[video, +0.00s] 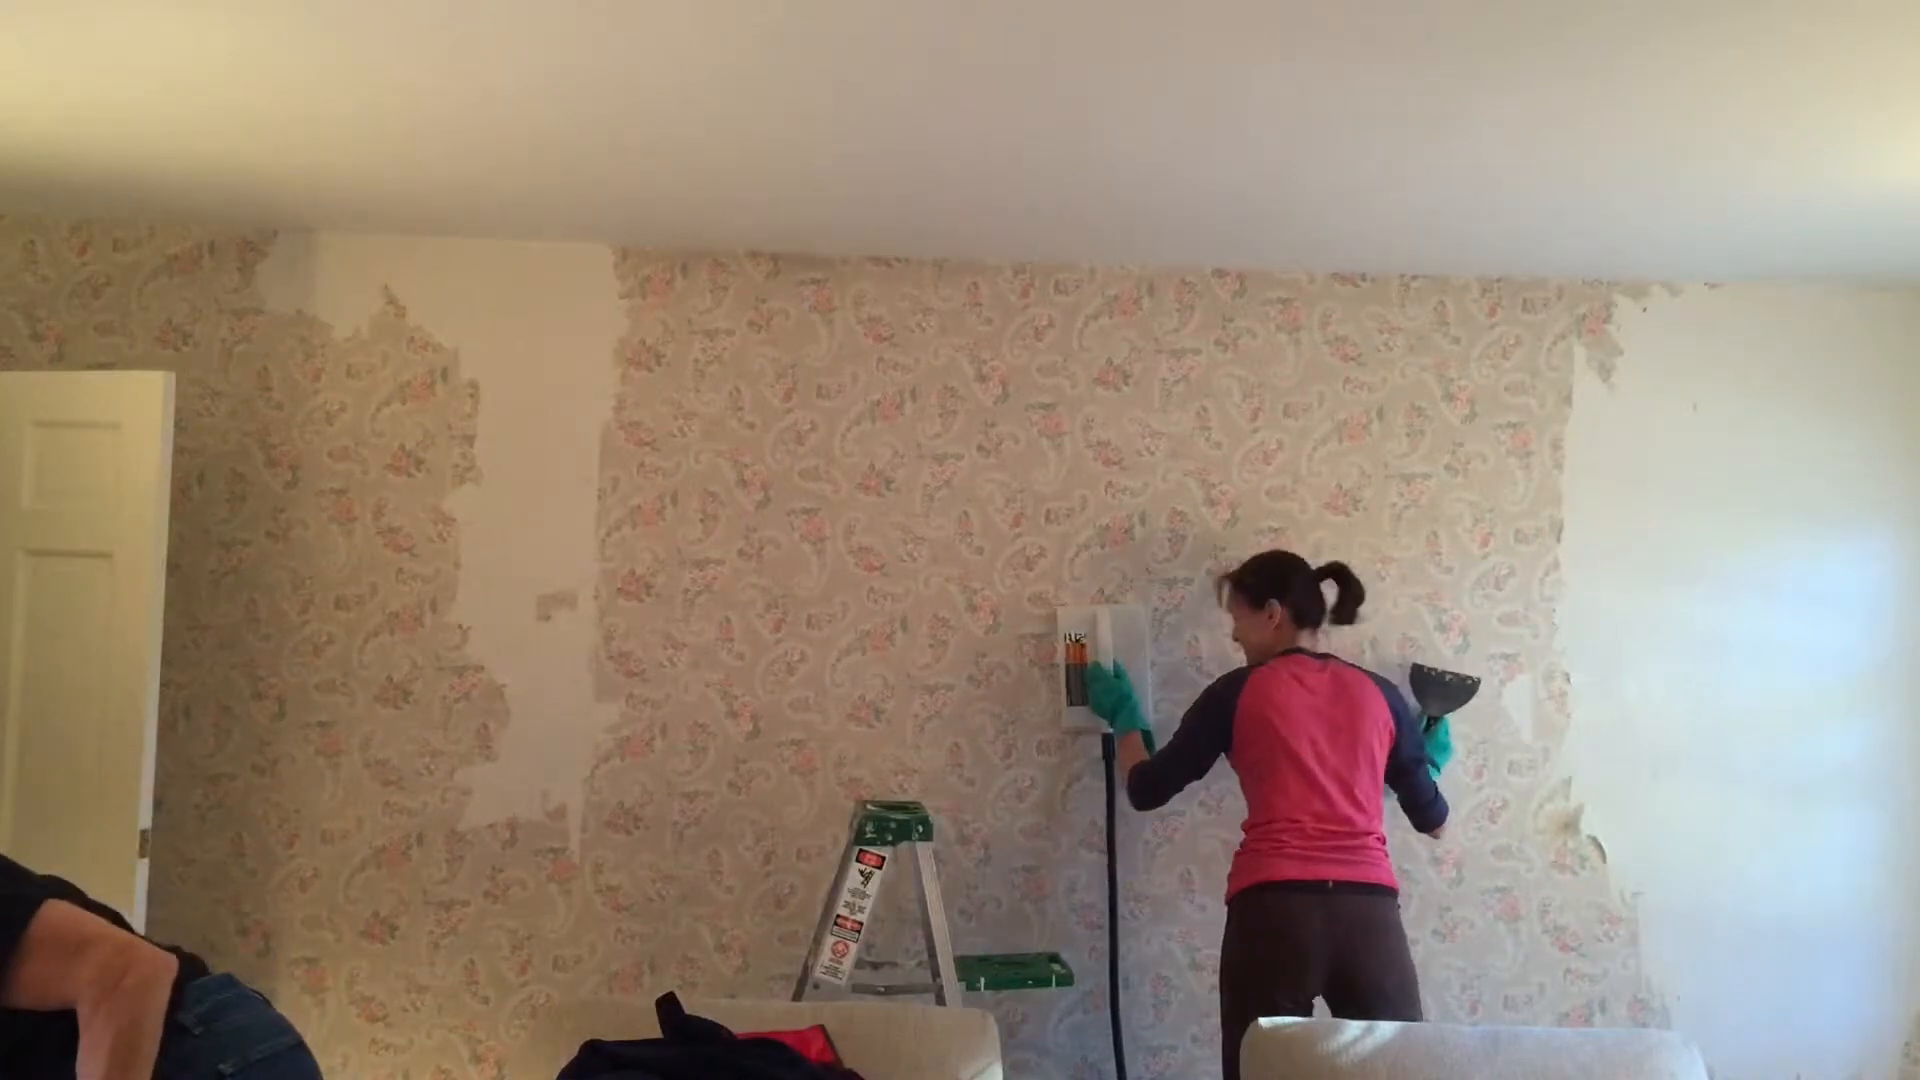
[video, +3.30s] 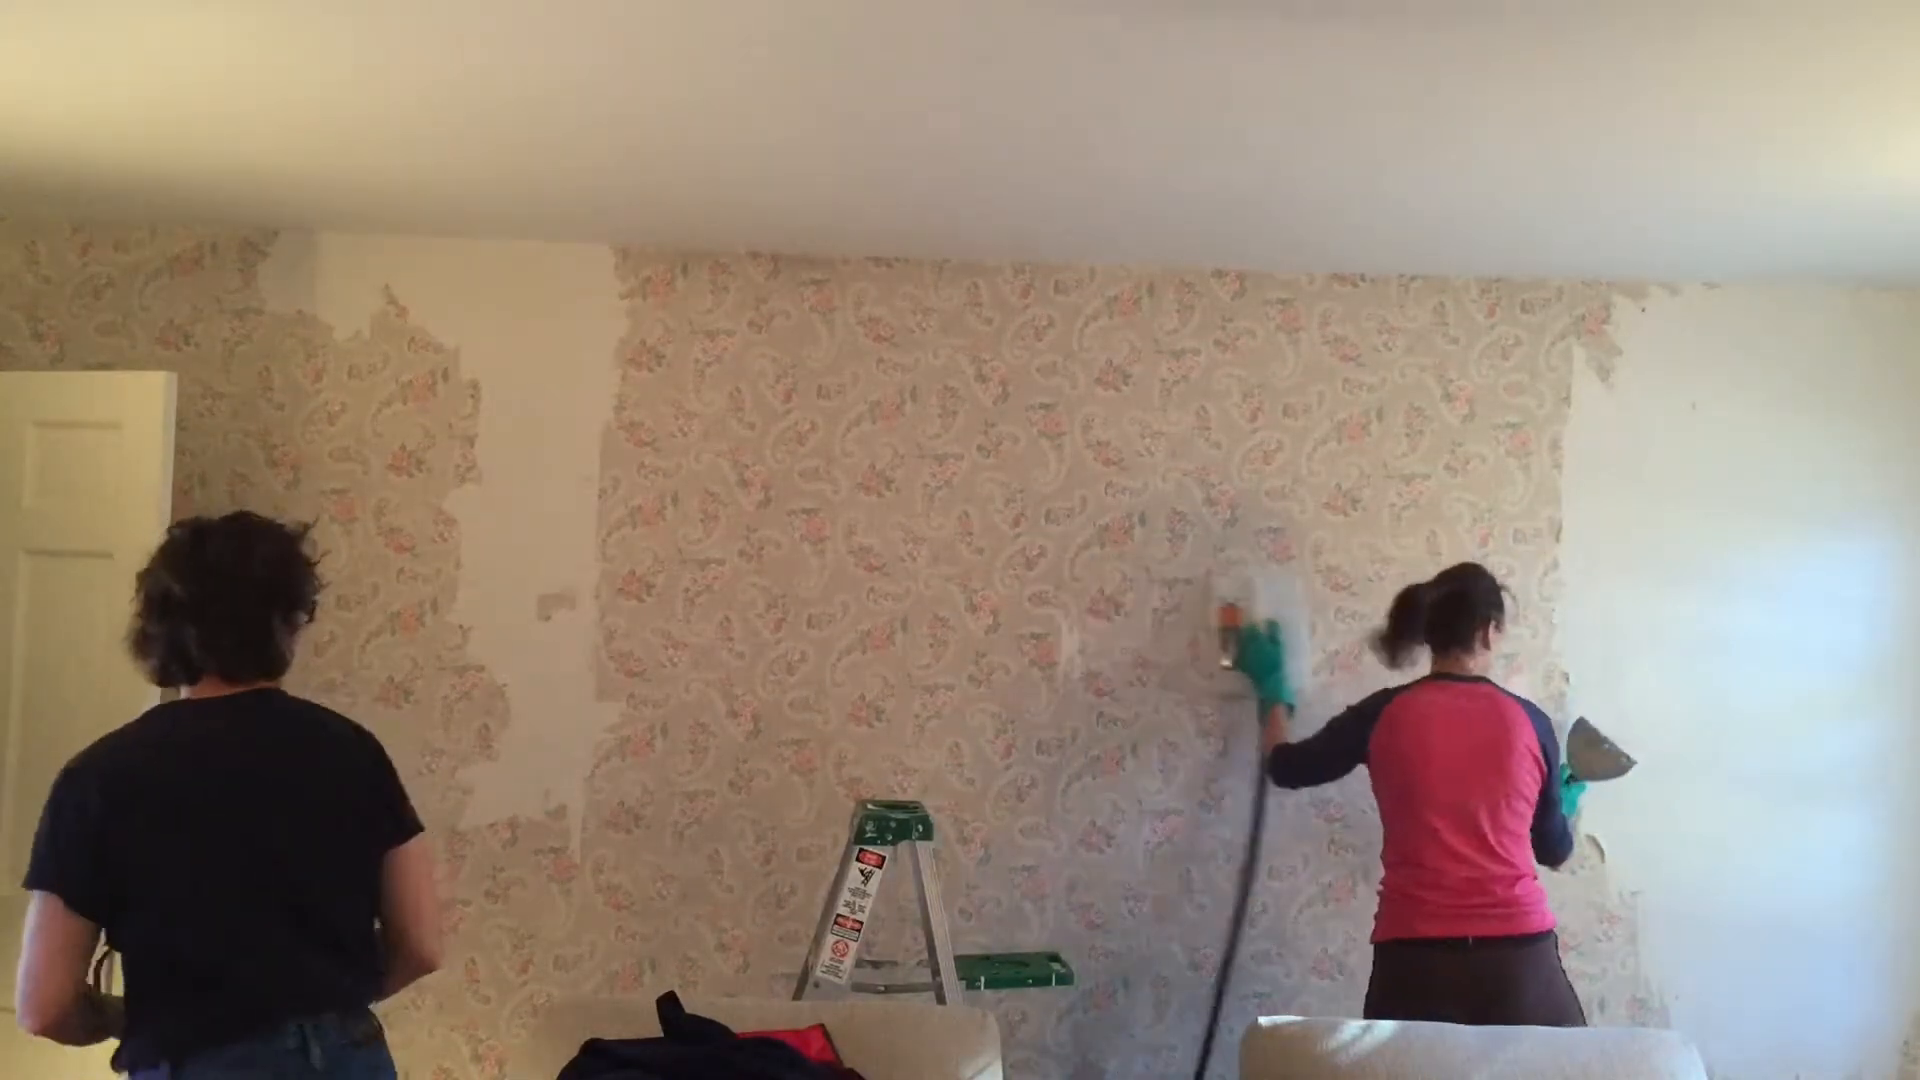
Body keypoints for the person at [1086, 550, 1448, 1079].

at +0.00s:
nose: (1233, 633)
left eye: (1237, 617)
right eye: (1231, 619)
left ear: (1274, 615)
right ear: (1292, 615)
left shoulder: (1238, 690)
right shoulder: (1383, 694)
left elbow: (1145, 790)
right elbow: (1430, 817)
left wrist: (1124, 716)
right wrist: (1429, 759)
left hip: (1272, 918)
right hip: (1370, 919)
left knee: (1256, 1074)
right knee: (1400, 1074)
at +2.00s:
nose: (1262, 617)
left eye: (1266, 600)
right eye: (1261, 601)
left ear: (1310, 605)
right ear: (1319, 603)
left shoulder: (1276, 686)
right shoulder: (1415, 693)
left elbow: (1167, 723)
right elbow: (1473, 815)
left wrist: (1123, 657)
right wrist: (1455, 766)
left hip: (1280, 934)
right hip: (1383, 939)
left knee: (1262, 1073)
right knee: (1419, 1076)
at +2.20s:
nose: (1303, 616)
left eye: (1310, 600)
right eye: (1304, 600)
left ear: (1353, 604)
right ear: (1369, 603)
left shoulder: (1314, 686)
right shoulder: (1458, 693)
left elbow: (1194, 710)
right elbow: (1529, 818)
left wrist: (1128, 655)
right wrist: (1533, 784)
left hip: (1324, 928)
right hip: (1428, 935)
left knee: (1292, 1073)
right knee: (1453, 1076)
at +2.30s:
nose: (1330, 617)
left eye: (1334, 603)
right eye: (1329, 603)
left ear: (1373, 604)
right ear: (1401, 605)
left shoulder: (1336, 687)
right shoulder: (1481, 695)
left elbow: (1211, 706)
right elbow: (1556, 814)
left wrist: (1137, 658)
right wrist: (1578, 797)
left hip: (1357, 933)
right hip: (1461, 938)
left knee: (1319, 1069)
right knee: (1483, 1074)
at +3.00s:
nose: (1387, 597)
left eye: (1389, 585)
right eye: (1394, 582)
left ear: (1395, 597)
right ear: (1464, 600)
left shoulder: (1357, 690)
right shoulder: (1506, 693)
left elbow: (1232, 723)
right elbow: (1576, 808)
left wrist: (1163, 659)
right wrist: (1593, 779)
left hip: (1397, 933)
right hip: (1502, 931)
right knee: (1531, 1079)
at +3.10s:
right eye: (1474, 602)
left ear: (1398, 608)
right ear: (1467, 612)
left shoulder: (1361, 697)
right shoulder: (1509, 699)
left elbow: (1246, 741)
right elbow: (1557, 811)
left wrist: (1196, 670)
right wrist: (1577, 777)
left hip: (1402, 942)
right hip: (1507, 939)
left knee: (1391, 1077)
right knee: (1545, 1077)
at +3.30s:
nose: (1501, 640)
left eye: (1501, 628)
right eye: (1501, 629)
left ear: (1429, 630)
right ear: (1488, 633)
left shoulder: (1382, 712)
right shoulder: (1528, 721)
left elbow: (1285, 767)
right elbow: (1553, 851)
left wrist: (1275, 699)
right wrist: (1566, 802)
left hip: (1411, 971)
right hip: (1519, 970)